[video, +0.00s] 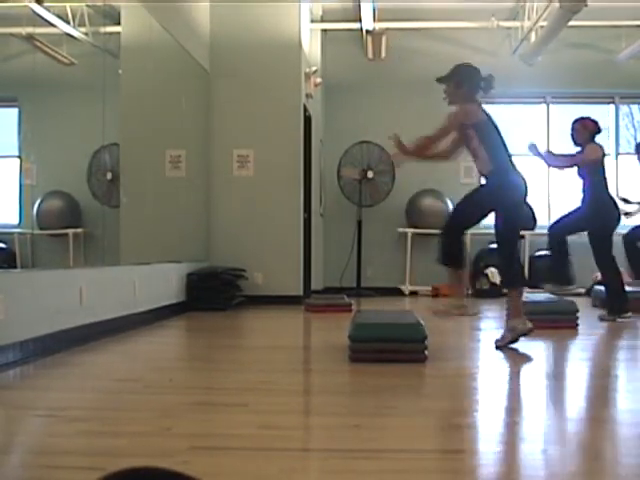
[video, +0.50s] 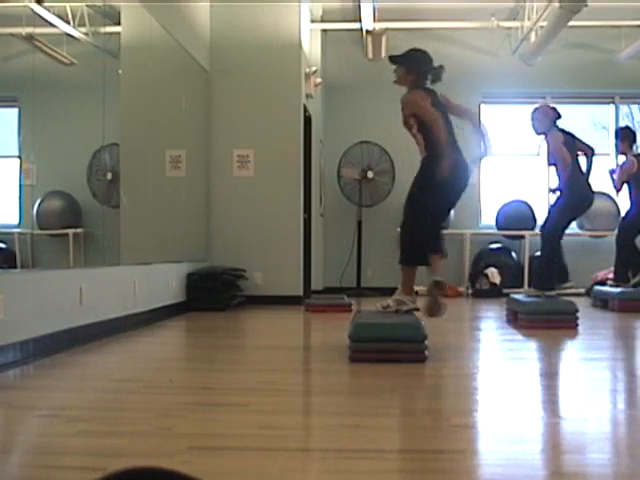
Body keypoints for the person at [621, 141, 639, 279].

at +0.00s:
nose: (637, 157)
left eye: (638, 154)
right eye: (637, 154)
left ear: (638, 153)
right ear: (636, 153)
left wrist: (634, 210)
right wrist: (635, 207)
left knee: (629, 238)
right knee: (629, 237)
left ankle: (637, 276)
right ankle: (636, 276)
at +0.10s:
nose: (633, 158)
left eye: (634, 154)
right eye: (632, 154)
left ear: (638, 154)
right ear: (634, 155)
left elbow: (636, 200)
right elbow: (636, 200)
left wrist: (621, 200)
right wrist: (622, 200)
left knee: (625, 238)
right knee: (624, 237)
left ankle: (623, 279)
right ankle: (624, 278)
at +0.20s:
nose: (626, 155)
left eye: (627, 151)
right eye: (625, 151)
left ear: (634, 151)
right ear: (633, 152)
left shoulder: (637, 172)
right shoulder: (635, 171)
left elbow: (633, 194)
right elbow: (632, 194)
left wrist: (616, 198)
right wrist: (618, 194)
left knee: (623, 238)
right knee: (622, 238)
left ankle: (622, 278)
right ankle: (622, 278)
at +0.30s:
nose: (619, 148)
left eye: (621, 144)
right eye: (620, 144)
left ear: (628, 146)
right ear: (633, 146)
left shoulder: (633, 167)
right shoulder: (634, 165)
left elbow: (621, 191)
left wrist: (612, 182)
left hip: (637, 211)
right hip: (636, 210)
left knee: (621, 238)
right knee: (622, 237)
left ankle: (621, 277)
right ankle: (622, 276)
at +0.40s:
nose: (617, 145)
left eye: (620, 141)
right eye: (618, 141)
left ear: (627, 142)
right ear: (631, 143)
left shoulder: (632, 162)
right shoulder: (632, 161)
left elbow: (619, 185)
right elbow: (620, 184)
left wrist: (614, 175)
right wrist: (616, 175)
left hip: (636, 209)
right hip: (635, 208)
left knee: (623, 235)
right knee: (628, 236)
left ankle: (621, 276)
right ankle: (621, 275)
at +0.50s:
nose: (617, 145)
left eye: (619, 142)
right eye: (618, 141)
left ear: (624, 142)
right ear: (630, 142)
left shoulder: (630, 162)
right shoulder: (632, 161)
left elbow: (618, 185)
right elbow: (620, 183)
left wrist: (614, 174)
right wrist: (618, 173)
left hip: (635, 209)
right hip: (634, 208)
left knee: (623, 237)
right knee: (626, 237)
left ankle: (621, 275)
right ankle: (634, 270)